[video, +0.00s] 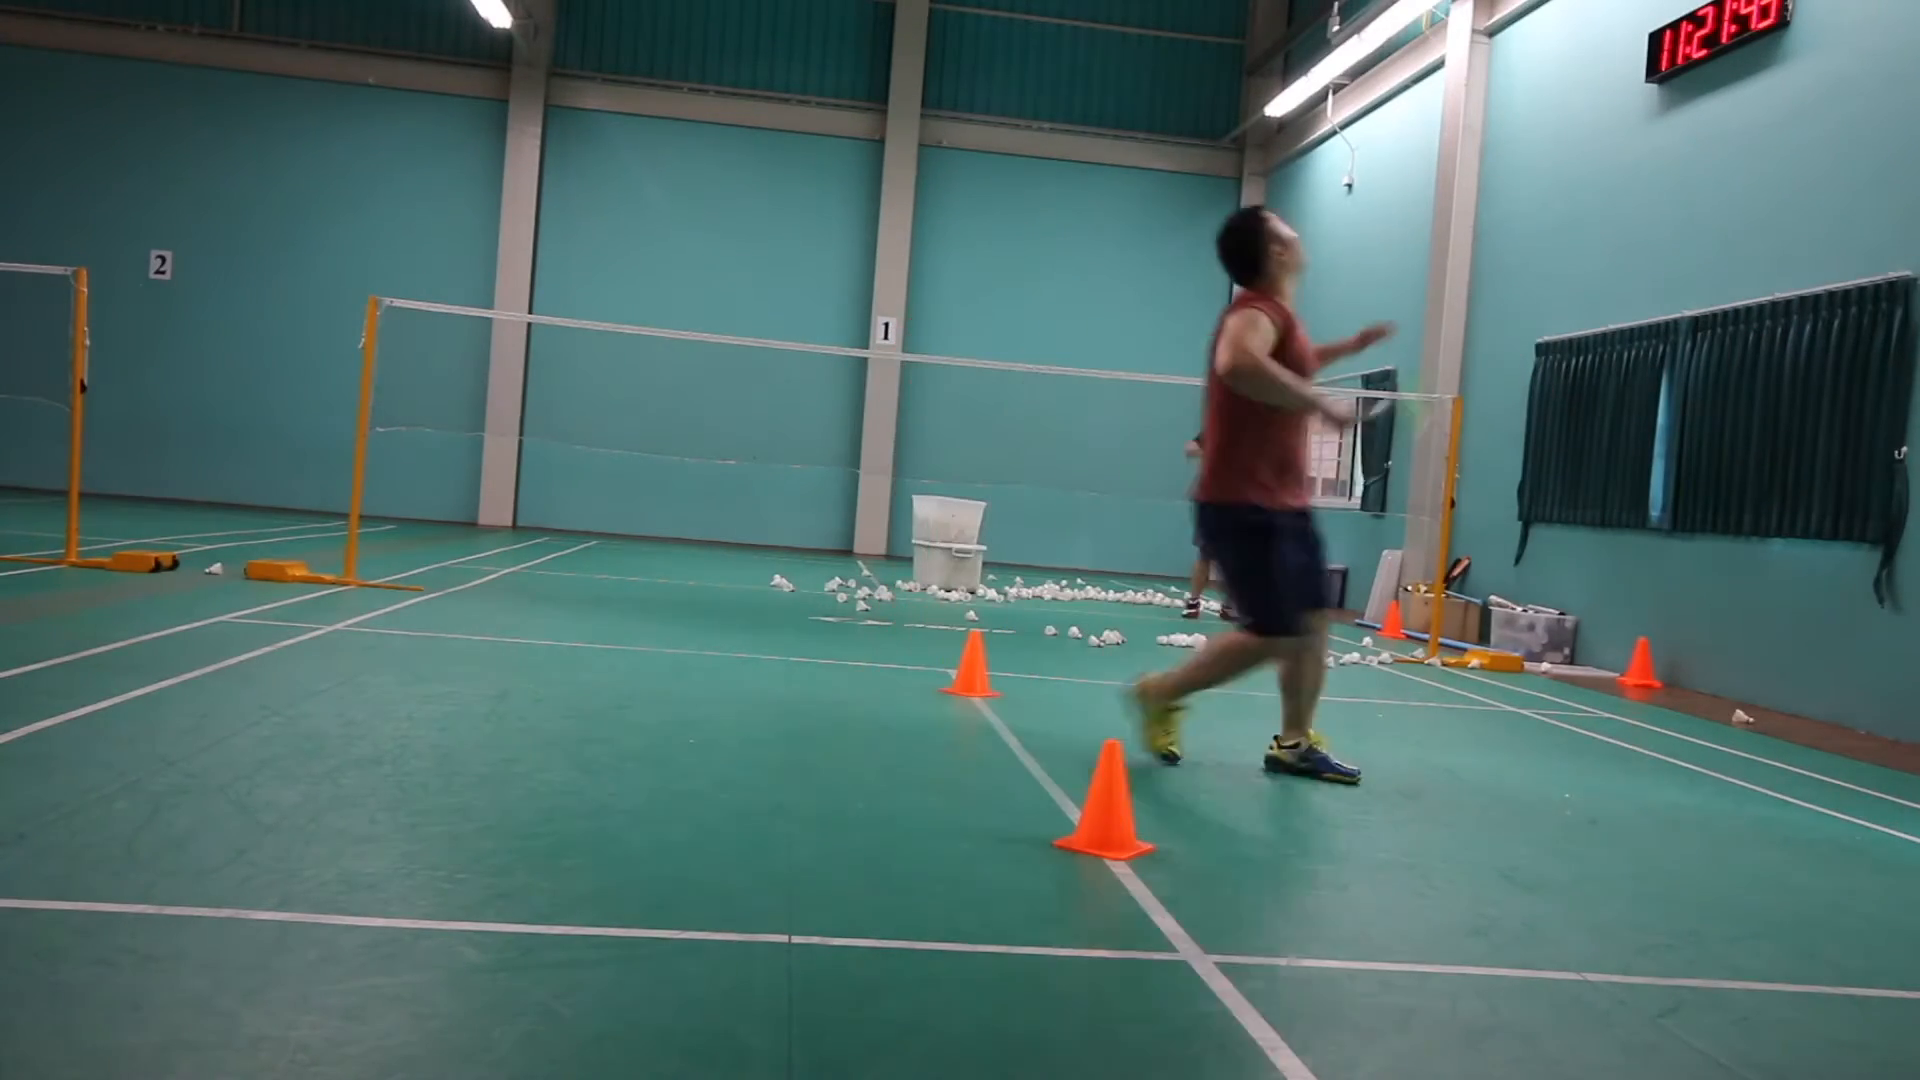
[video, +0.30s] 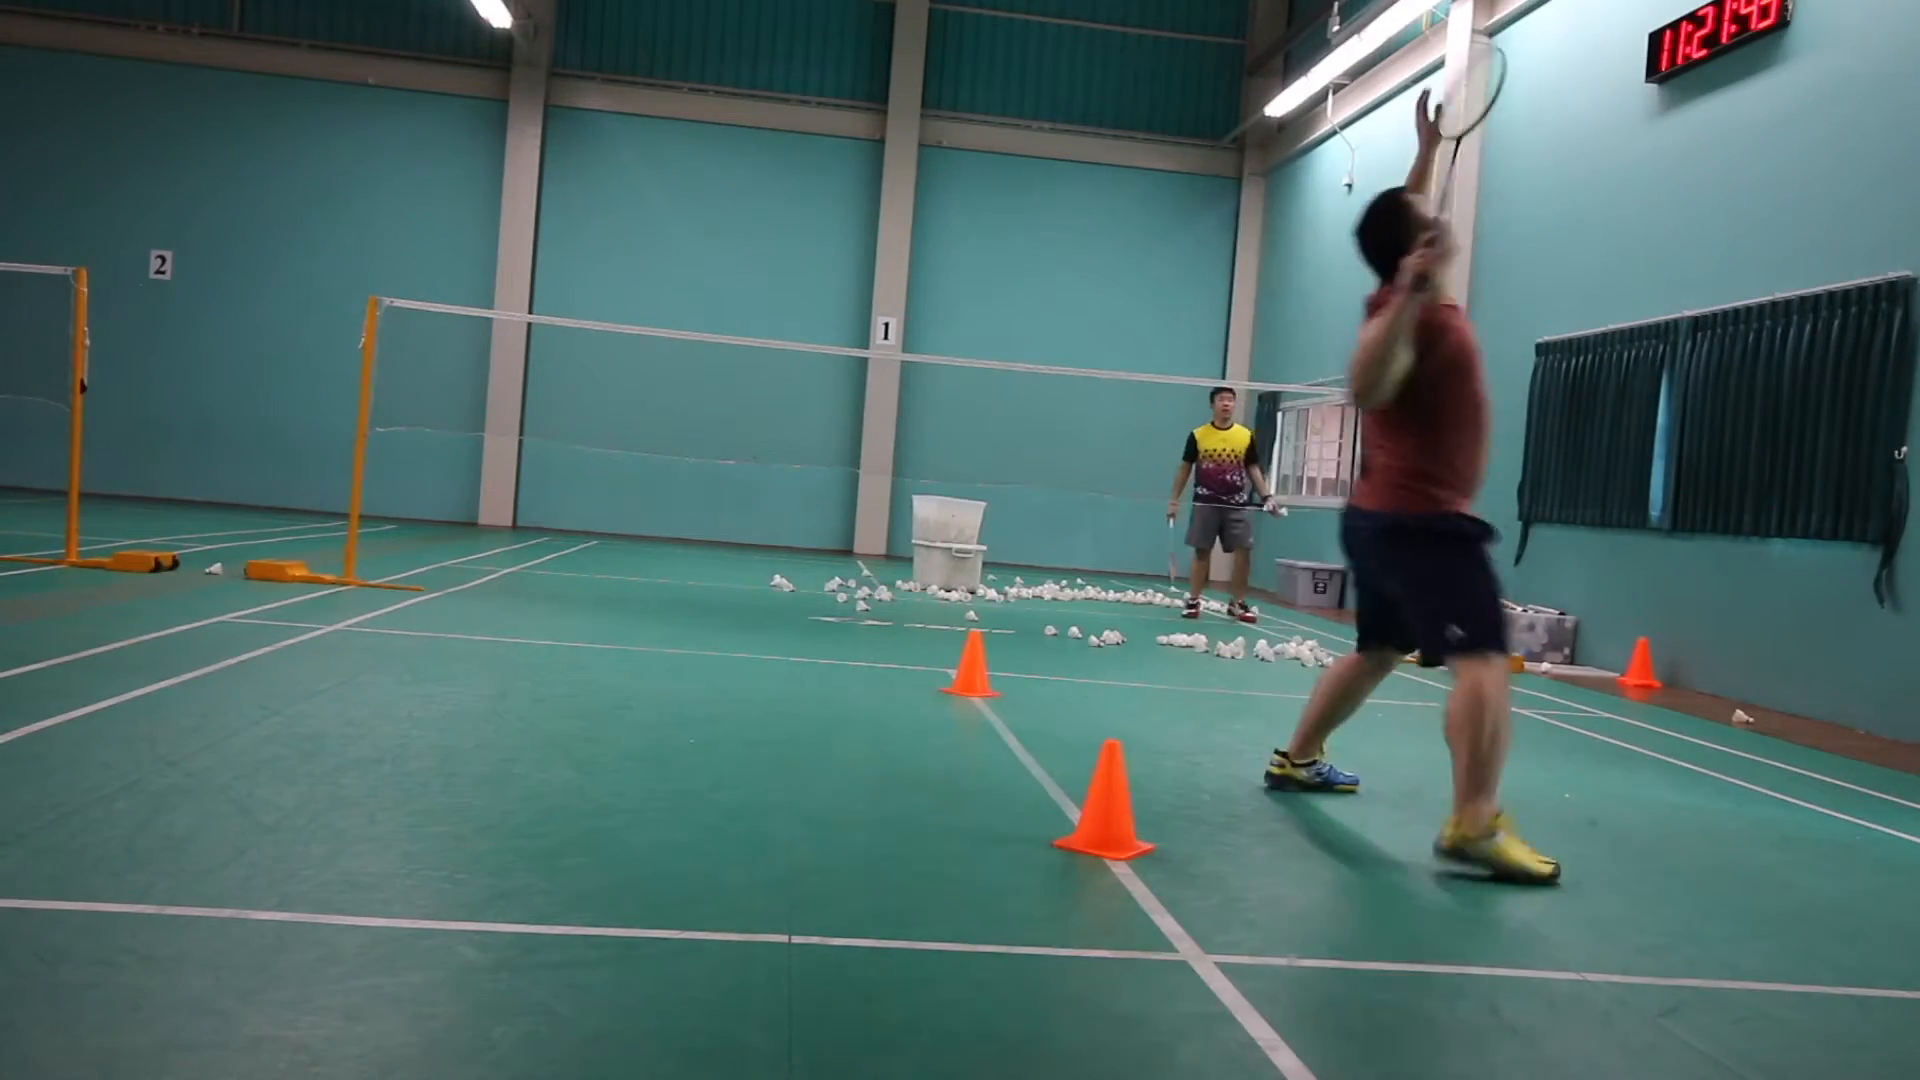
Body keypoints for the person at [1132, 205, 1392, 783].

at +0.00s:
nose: (1296, 237)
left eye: (1289, 229)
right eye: (1286, 231)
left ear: (1261, 257)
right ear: (1273, 251)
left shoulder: (1278, 315)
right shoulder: (1257, 311)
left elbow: (1293, 366)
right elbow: (1236, 362)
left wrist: (1352, 346)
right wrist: (1320, 401)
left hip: (1281, 501)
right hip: (1244, 503)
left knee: (1310, 623)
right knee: (1278, 630)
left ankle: (1294, 741)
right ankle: (1158, 692)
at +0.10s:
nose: (1342, 212)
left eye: (1334, 205)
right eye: (1331, 209)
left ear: (1313, 236)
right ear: (1319, 231)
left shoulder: (1335, 286)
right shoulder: (1292, 294)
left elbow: (1355, 279)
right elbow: (1253, 348)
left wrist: (1398, 246)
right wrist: (1347, 322)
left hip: (1322, 477)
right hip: (1310, 479)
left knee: (1324, 611)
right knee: (1400, 591)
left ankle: (1299, 736)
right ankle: (1302, 682)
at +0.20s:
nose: (1383, 212)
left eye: (1378, 206)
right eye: (1372, 208)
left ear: (1361, 230)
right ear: (1350, 230)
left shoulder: (1369, 275)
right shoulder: (1325, 290)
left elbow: (1388, 219)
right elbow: (1283, 354)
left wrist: (1419, 166)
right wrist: (1352, 289)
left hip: (1347, 485)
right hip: (1361, 486)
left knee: (1372, 623)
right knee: (1452, 595)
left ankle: (1305, 746)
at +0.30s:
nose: (1446, 226)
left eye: (1439, 219)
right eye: (1434, 221)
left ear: (1401, 252)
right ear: (1413, 249)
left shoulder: (1428, 305)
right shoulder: (1402, 316)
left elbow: (1421, 231)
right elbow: (1365, 389)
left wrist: (1432, 147)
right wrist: (1408, 295)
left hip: (1384, 517)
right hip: (1423, 520)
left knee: (1380, 646)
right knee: (1483, 657)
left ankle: (1299, 755)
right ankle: (1475, 825)